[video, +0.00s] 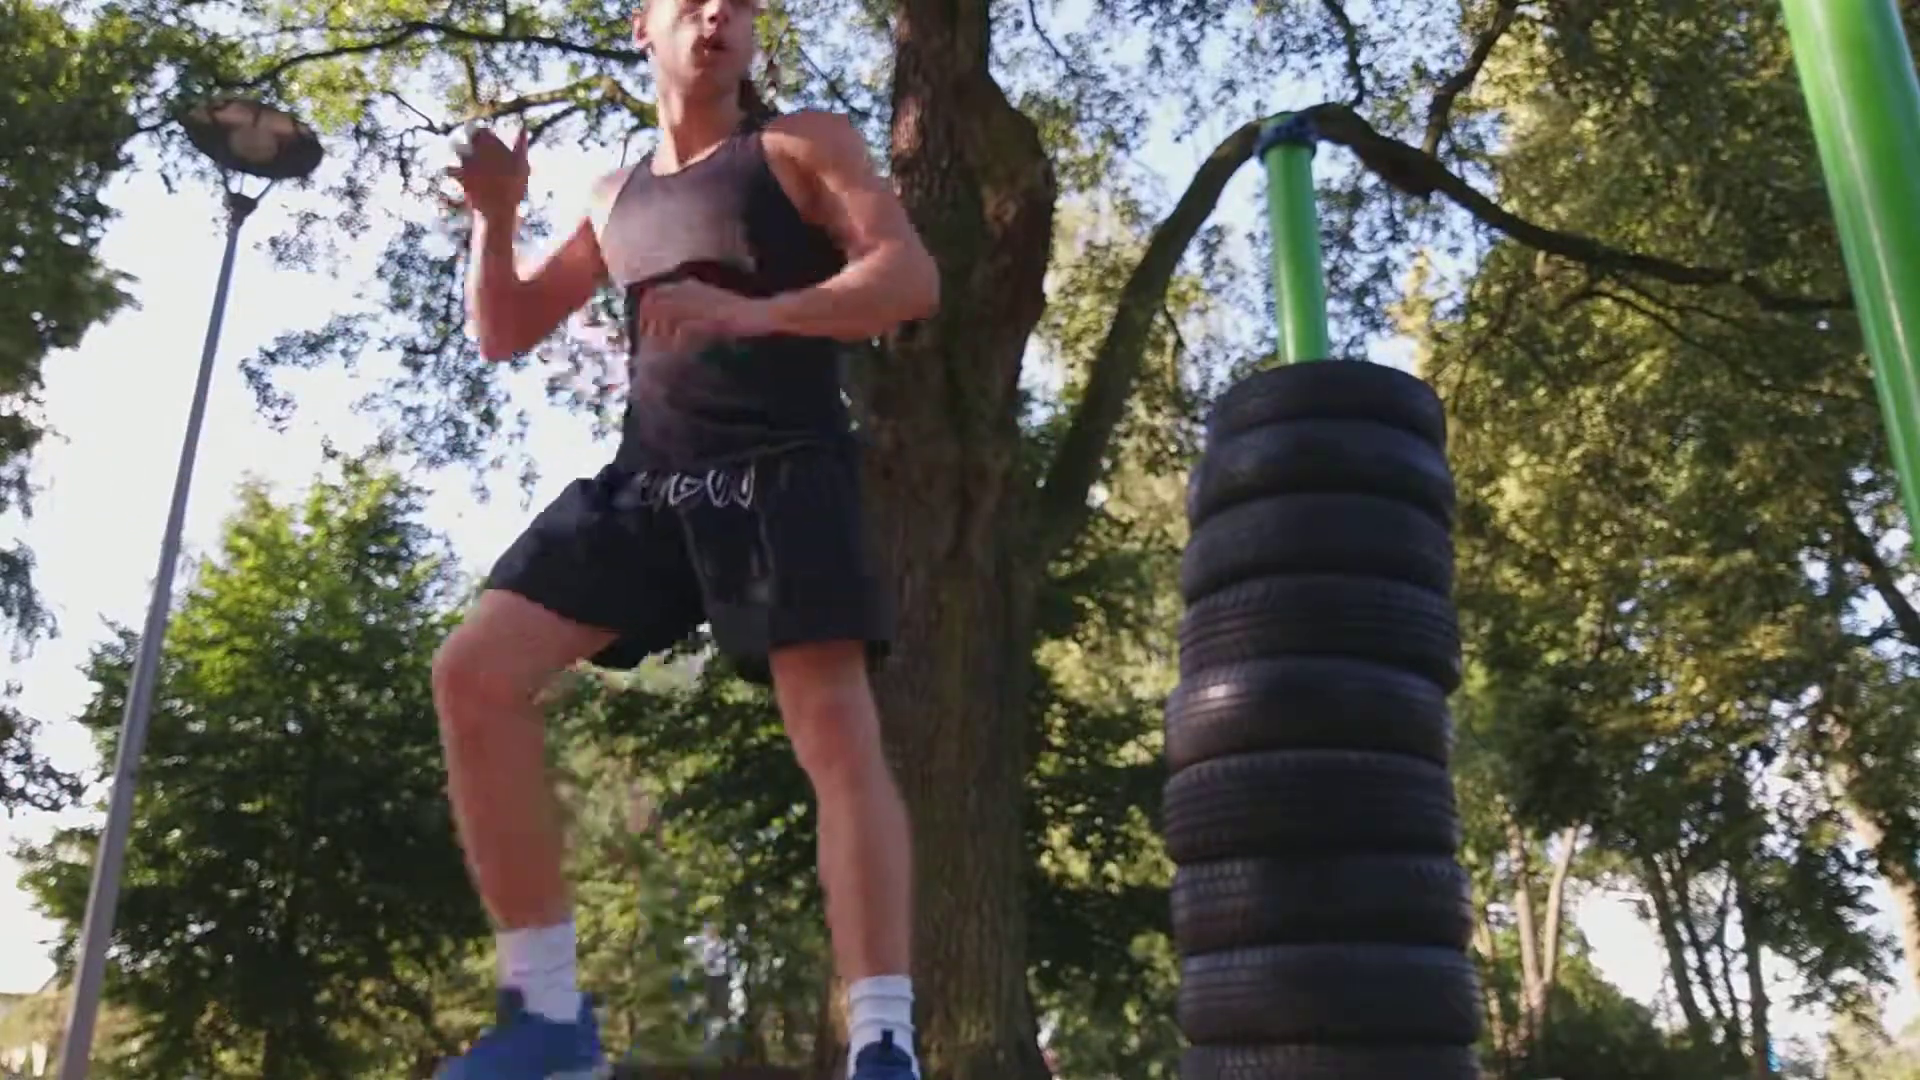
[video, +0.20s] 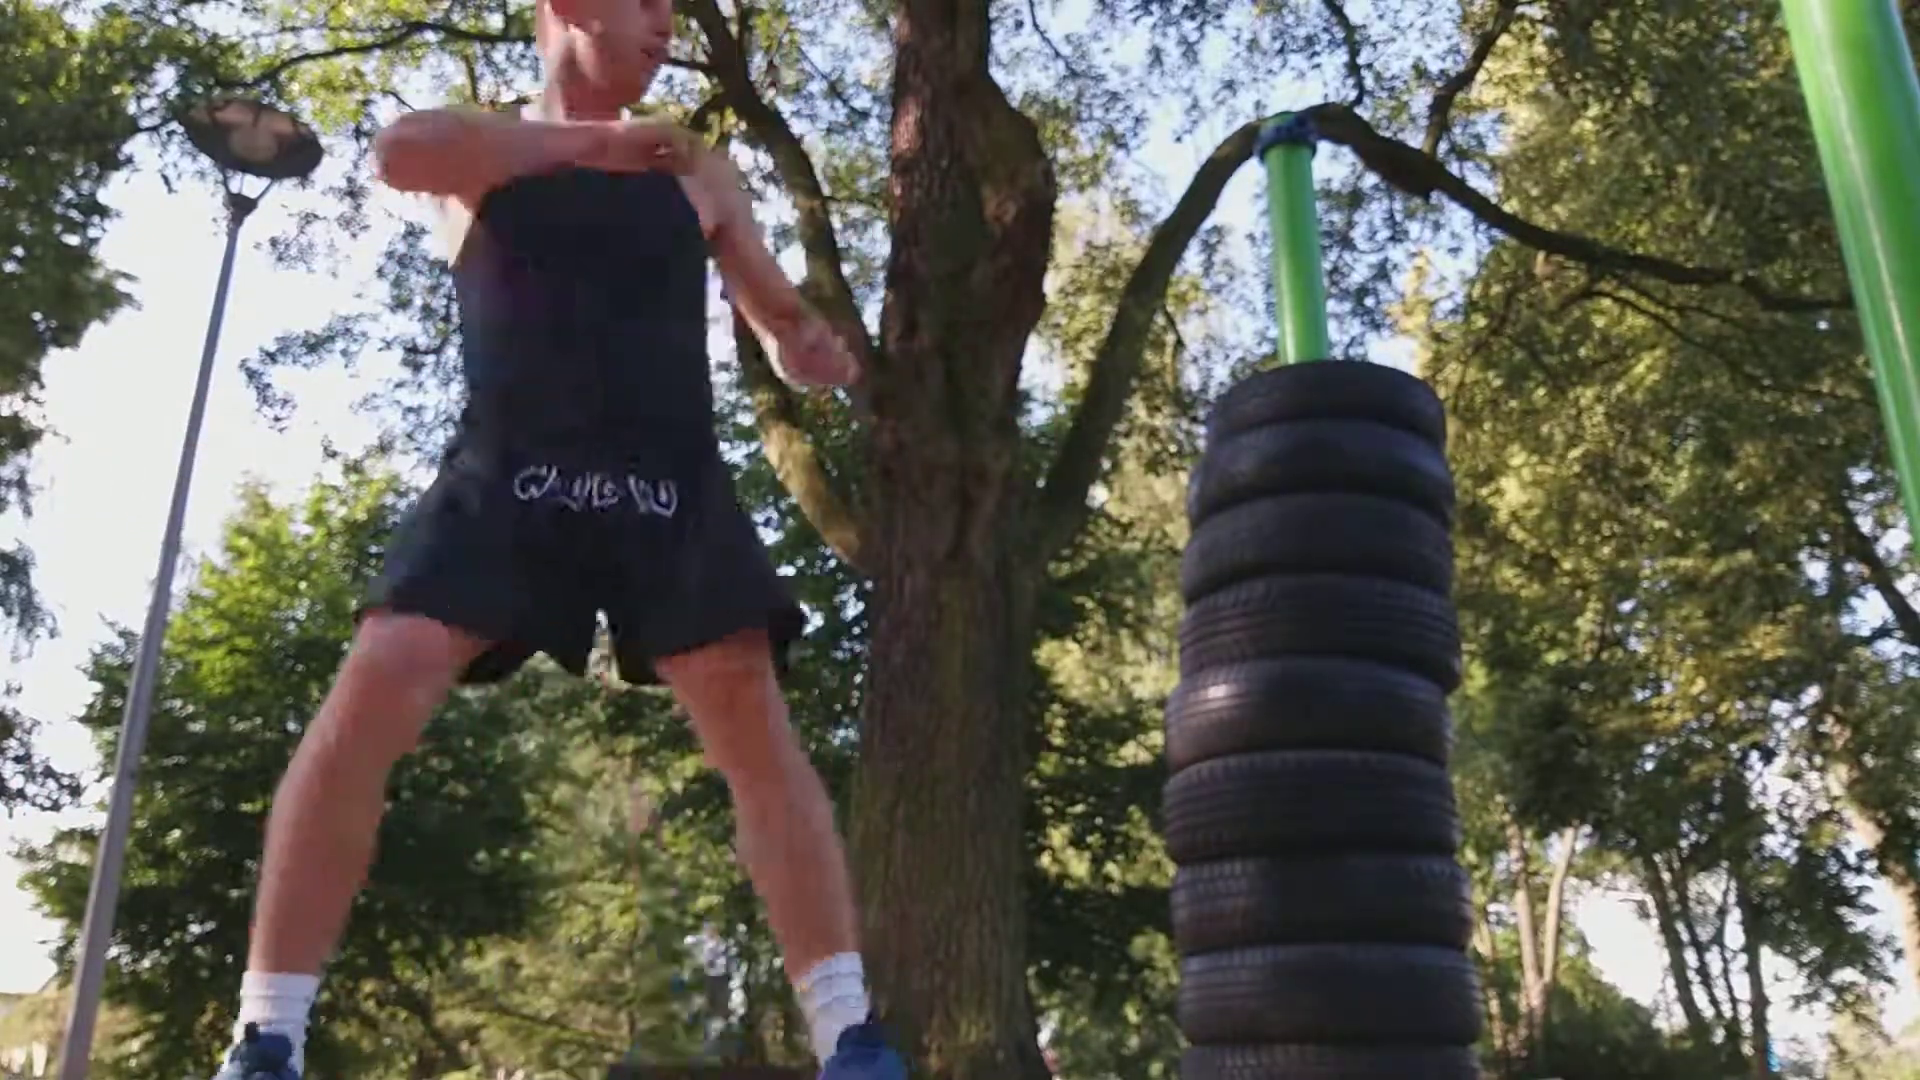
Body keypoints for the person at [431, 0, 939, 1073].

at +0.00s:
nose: (716, 16)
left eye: (736, 5)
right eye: (691, 1)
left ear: (755, 35)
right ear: (646, 29)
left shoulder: (806, 140)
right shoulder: (620, 193)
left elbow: (909, 277)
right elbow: (504, 329)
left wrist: (756, 312)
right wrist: (495, 216)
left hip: (783, 485)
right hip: (645, 490)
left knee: (836, 738)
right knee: (476, 674)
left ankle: (881, 1044)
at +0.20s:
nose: (662, 25)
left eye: (668, 10)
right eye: (638, 2)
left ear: (666, 35)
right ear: (555, 11)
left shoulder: (699, 169)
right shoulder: (493, 133)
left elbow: (781, 313)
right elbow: (398, 154)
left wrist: (817, 349)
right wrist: (590, 143)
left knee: (745, 706)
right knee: (375, 685)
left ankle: (848, 1036)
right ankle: (267, 1044)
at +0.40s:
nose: (633, 94)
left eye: (637, 72)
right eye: (627, 63)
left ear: (566, 51)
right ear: (562, 40)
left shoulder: (556, 224)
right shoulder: (427, 79)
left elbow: (545, 394)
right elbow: (374, 161)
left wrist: (637, 334)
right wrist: (537, 271)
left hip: (538, 491)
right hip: (417, 454)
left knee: (630, 738)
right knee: (349, 677)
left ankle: (506, 1040)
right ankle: (232, 1035)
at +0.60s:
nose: (578, 215)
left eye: (581, 192)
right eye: (573, 186)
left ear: (518, 170)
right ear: (519, 161)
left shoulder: (472, 292)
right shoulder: (412, 177)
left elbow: (449, 470)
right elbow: (335, 286)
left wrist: (555, 436)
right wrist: (485, 409)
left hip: (424, 565)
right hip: (345, 528)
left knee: (408, 831)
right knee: (309, 726)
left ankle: (254, 1041)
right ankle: (219, 1036)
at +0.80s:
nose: (550, 200)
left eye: (557, 182)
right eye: (546, 173)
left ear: (494, 160)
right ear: (484, 144)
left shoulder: (447, 284)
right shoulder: (374, 169)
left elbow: (388, 446)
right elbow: (283, 257)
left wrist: (485, 442)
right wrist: (443, 349)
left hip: (370, 531)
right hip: (291, 484)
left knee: (339, 769)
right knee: (230, 710)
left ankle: (249, 1045)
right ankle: (114, 1015)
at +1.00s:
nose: (481, 228)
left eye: (487, 211)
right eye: (474, 201)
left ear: (421, 191)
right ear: (409, 176)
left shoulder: (380, 317)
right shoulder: (295, 212)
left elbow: (331, 482)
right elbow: (276, 315)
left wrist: (429, 474)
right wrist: (431, 341)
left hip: (324, 593)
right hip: (220, 557)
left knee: (346, 817)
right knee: (138, 790)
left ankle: (235, 1068)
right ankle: (4, 1009)